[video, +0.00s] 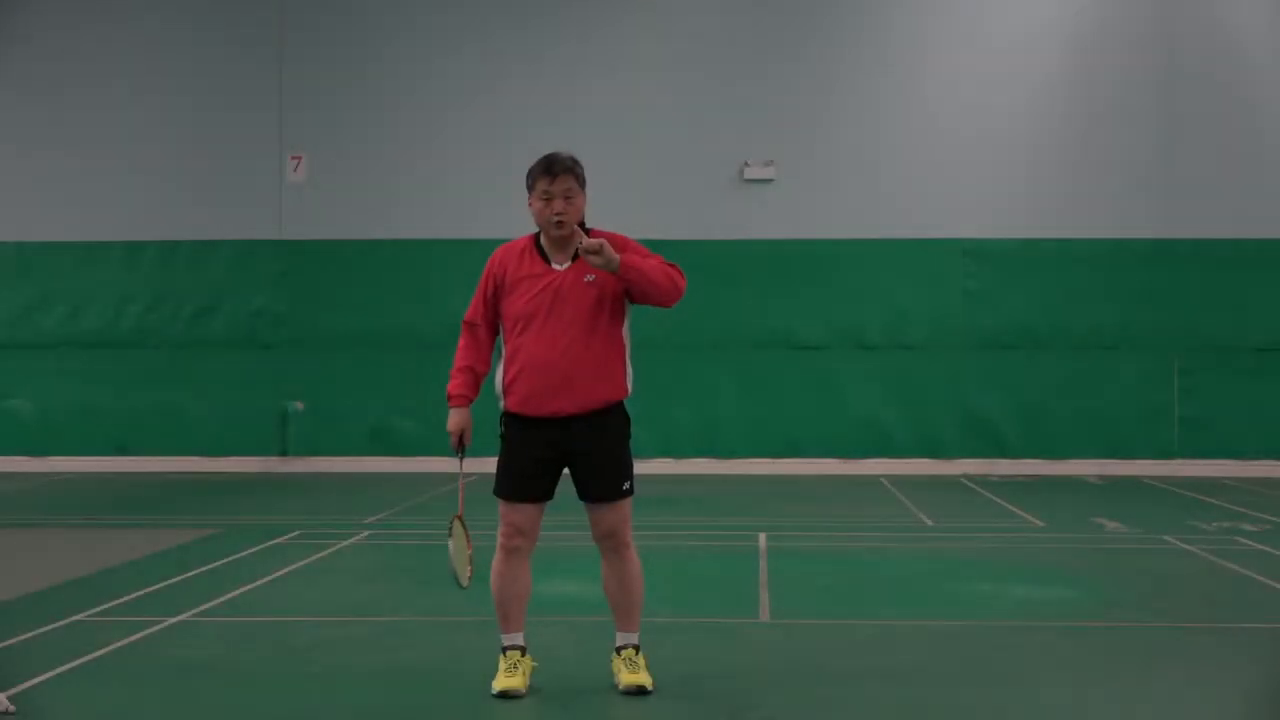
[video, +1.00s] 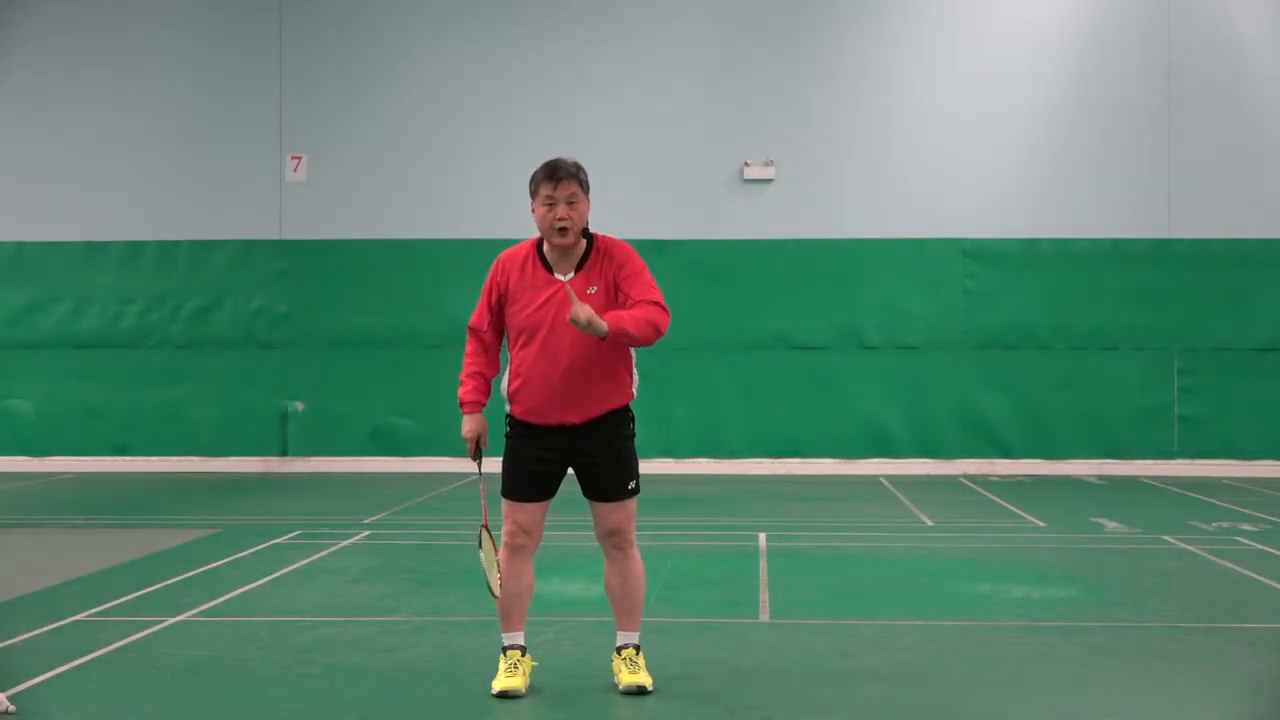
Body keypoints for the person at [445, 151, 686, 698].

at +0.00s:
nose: (557, 207)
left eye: (567, 196)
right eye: (546, 198)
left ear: (584, 200)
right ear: (531, 204)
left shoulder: (613, 251)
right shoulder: (506, 262)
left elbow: (672, 289)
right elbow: (477, 332)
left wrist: (616, 261)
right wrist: (460, 402)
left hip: (600, 419)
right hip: (527, 422)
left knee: (615, 536)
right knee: (514, 537)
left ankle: (629, 650)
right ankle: (512, 653)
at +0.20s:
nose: (550, 212)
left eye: (560, 201)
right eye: (539, 203)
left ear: (577, 204)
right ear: (524, 210)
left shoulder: (606, 250)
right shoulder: (501, 265)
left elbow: (659, 289)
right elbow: (473, 335)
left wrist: (601, 259)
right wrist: (455, 407)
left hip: (597, 421)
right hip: (524, 425)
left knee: (614, 536)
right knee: (512, 537)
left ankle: (629, 649)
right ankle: (512, 653)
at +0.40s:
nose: (553, 221)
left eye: (563, 210)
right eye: (542, 212)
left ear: (580, 211)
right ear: (526, 215)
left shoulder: (605, 253)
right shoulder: (503, 266)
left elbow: (644, 296)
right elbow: (475, 336)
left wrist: (599, 282)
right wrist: (459, 408)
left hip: (598, 422)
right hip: (527, 426)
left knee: (615, 537)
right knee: (513, 538)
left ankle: (628, 649)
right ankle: (512, 651)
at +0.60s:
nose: (557, 222)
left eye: (567, 211)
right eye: (546, 212)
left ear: (583, 212)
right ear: (529, 216)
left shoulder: (609, 254)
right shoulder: (506, 267)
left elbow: (648, 304)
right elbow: (479, 336)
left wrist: (594, 285)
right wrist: (468, 406)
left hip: (601, 422)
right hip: (529, 426)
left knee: (617, 536)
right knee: (515, 537)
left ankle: (629, 649)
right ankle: (513, 651)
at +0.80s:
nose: (560, 219)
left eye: (570, 208)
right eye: (549, 209)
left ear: (586, 210)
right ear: (532, 214)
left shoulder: (613, 255)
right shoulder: (509, 266)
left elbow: (647, 311)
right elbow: (481, 336)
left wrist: (598, 305)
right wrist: (473, 406)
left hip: (603, 423)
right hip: (531, 427)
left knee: (618, 536)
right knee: (517, 536)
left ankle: (629, 649)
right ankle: (513, 651)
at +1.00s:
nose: (561, 213)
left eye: (571, 202)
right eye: (550, 203)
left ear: (587, 207)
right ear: (534, 210)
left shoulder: (616, 257)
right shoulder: (509, 266)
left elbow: (654, 318)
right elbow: (482, 336)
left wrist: (606, 324)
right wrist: (473, 408)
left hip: (605, 424)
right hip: (532, 427)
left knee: (619, 536)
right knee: (517, 537)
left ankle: (629, 650)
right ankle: (512, 652)